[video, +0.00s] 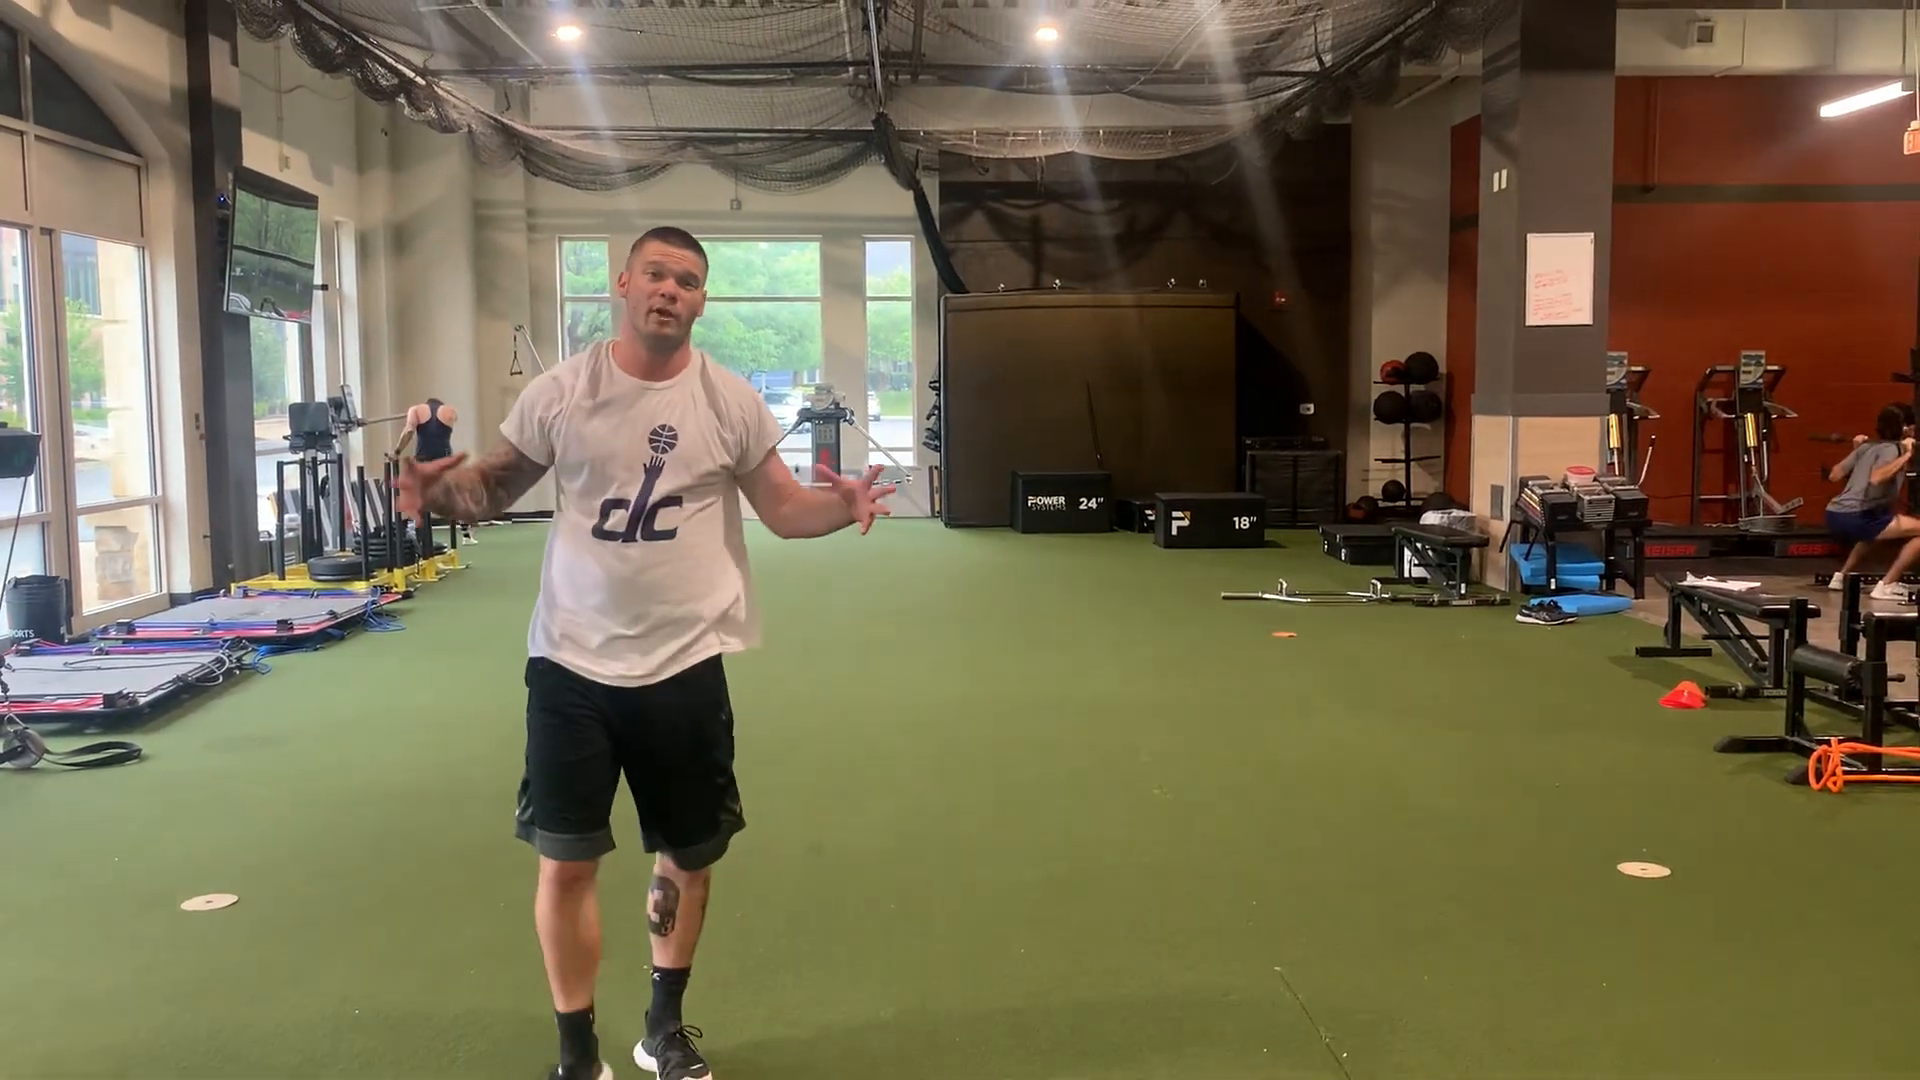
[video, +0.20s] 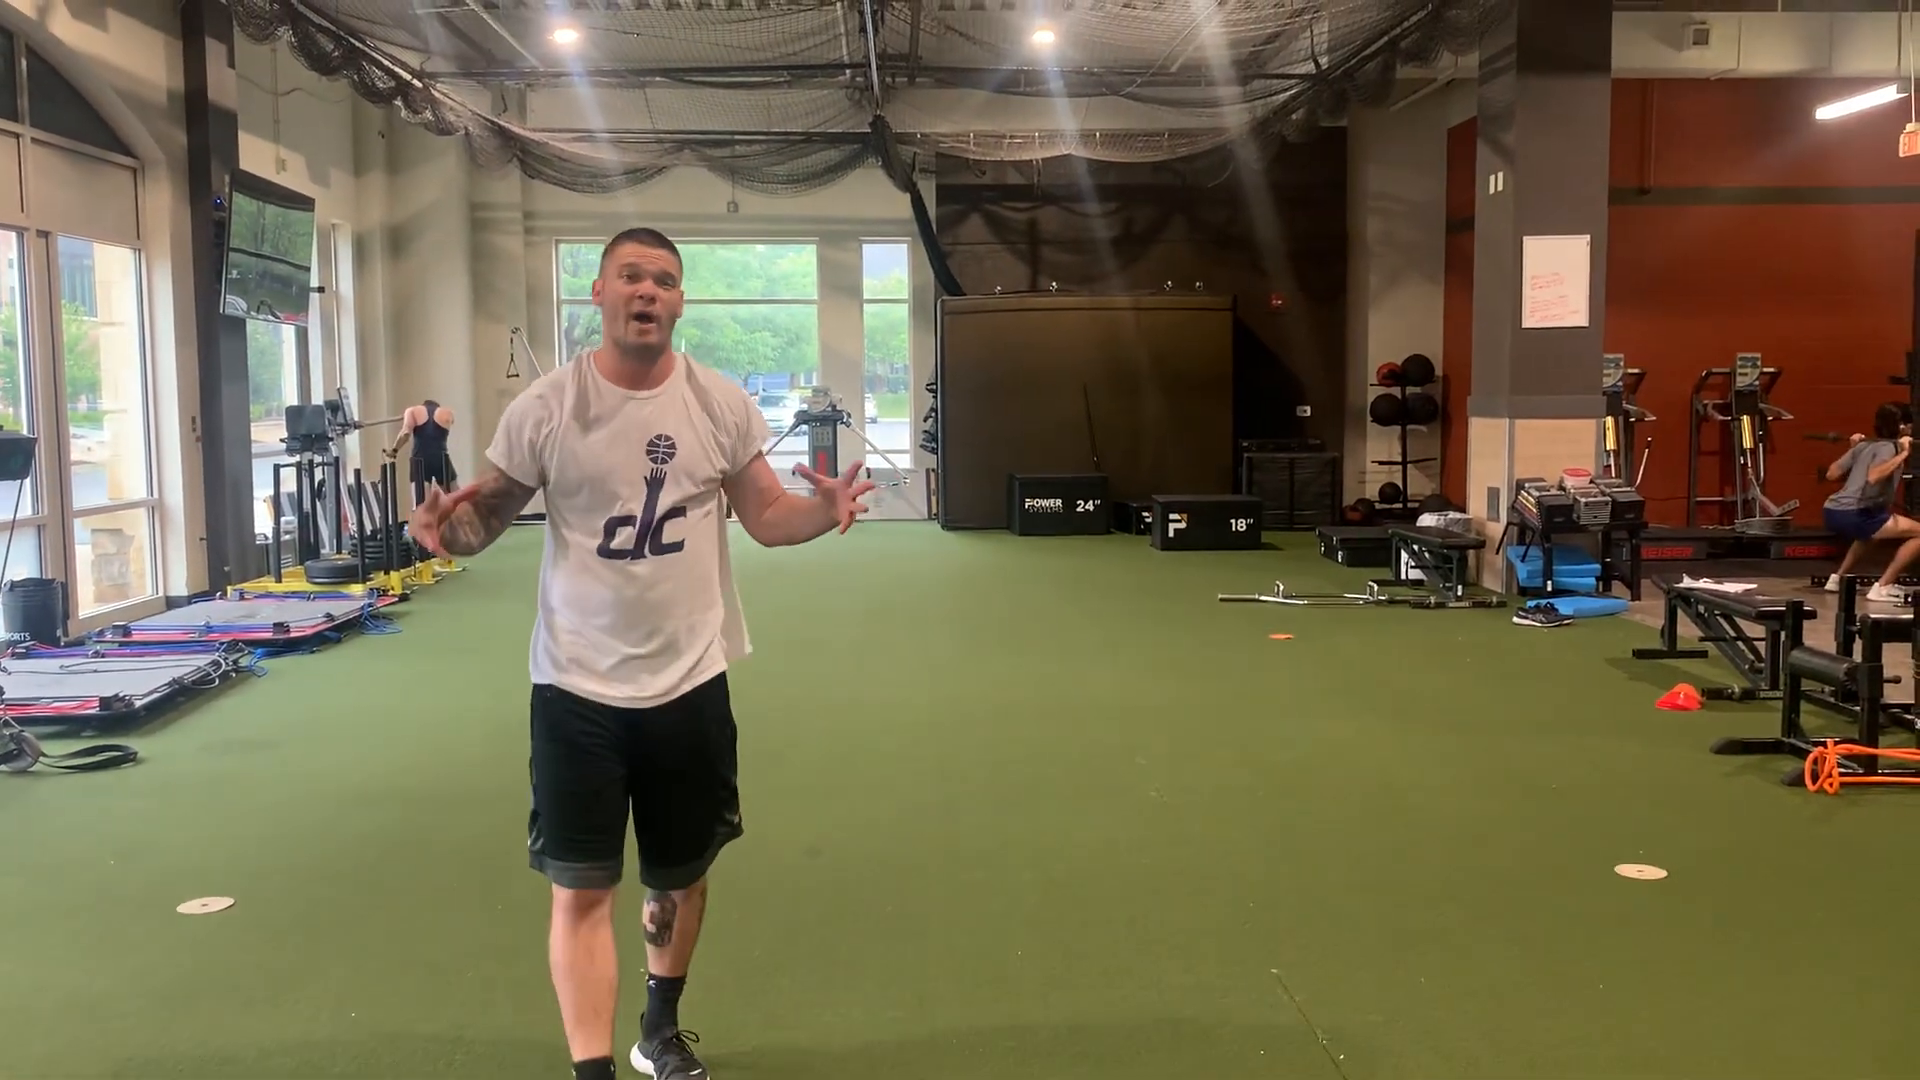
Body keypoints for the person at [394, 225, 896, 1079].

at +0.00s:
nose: (672, 290)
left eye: (688, 282)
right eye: (657, 275)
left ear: (703, 303)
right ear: (620, 285)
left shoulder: (729, 400)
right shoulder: (560, 392)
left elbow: (784, 506)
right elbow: (494, 481)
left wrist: (836, 504)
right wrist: (445, 482)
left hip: (684, 664)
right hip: (572, 661)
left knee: (687, 855)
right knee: (566, 857)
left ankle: (664, 1026)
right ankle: (577, 1058)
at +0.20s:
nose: (648, 291)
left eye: (664, 279)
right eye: (631, 275)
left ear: (681, 302)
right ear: (596, 294)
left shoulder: (721, 405)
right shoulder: (544, 410)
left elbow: (767, 514)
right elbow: (480, 522)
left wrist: (824, 508)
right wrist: (447, 525)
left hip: (688, 681)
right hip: (578, 683)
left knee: (680, 880)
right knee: (584, 887)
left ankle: (660, 1029)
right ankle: (593, 1073)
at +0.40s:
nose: (603, 286)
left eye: (617, 274)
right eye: (584, 274)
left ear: (642, 296)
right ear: (552, 299)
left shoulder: (696, 396)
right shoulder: (521, 420)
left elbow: (762, 501)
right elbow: (459, 552)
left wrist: (826, 482)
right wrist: (425, 554)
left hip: (686, 694)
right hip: (572, 699)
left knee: (679, 901)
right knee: (571, 914)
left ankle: (658, 1026)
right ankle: (585, 1074)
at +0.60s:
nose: (579, 283)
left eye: (593, 270)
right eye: (557, 271)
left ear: (618, 290)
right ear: (524, 296)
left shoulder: (679, 391)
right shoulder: (495, 425)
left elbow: (746, 502)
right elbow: (443, 561)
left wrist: (816, 479)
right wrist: (406, 566)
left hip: (683, 703)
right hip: (558, 714)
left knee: (709, 918)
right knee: (561, 929)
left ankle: (683, 1046)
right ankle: (584, 1077)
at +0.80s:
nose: (582, 287)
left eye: (598, 270)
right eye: (561, 270)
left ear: (623, 285)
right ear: (528, 286)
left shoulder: (682, 390)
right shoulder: (489, 422)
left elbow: (749, 504)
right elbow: (432, 557)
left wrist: (812, 492)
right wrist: (396, 571)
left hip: (686, 707)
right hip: (555, 724)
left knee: (732, 929)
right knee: (562, 943)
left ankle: (740, 1076)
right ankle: (588, 1078)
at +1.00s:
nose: (603, 286)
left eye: (622, 270)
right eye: (583, 267)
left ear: (647, 287)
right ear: (549, 283)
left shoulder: (706, 400)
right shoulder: (502, 422)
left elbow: (767, 519)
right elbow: (437, 548)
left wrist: (818, 520)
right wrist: (438, 592)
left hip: (696, 723)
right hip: (561, 738)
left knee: (736, 948)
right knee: (568, 958)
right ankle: (586, 1079)